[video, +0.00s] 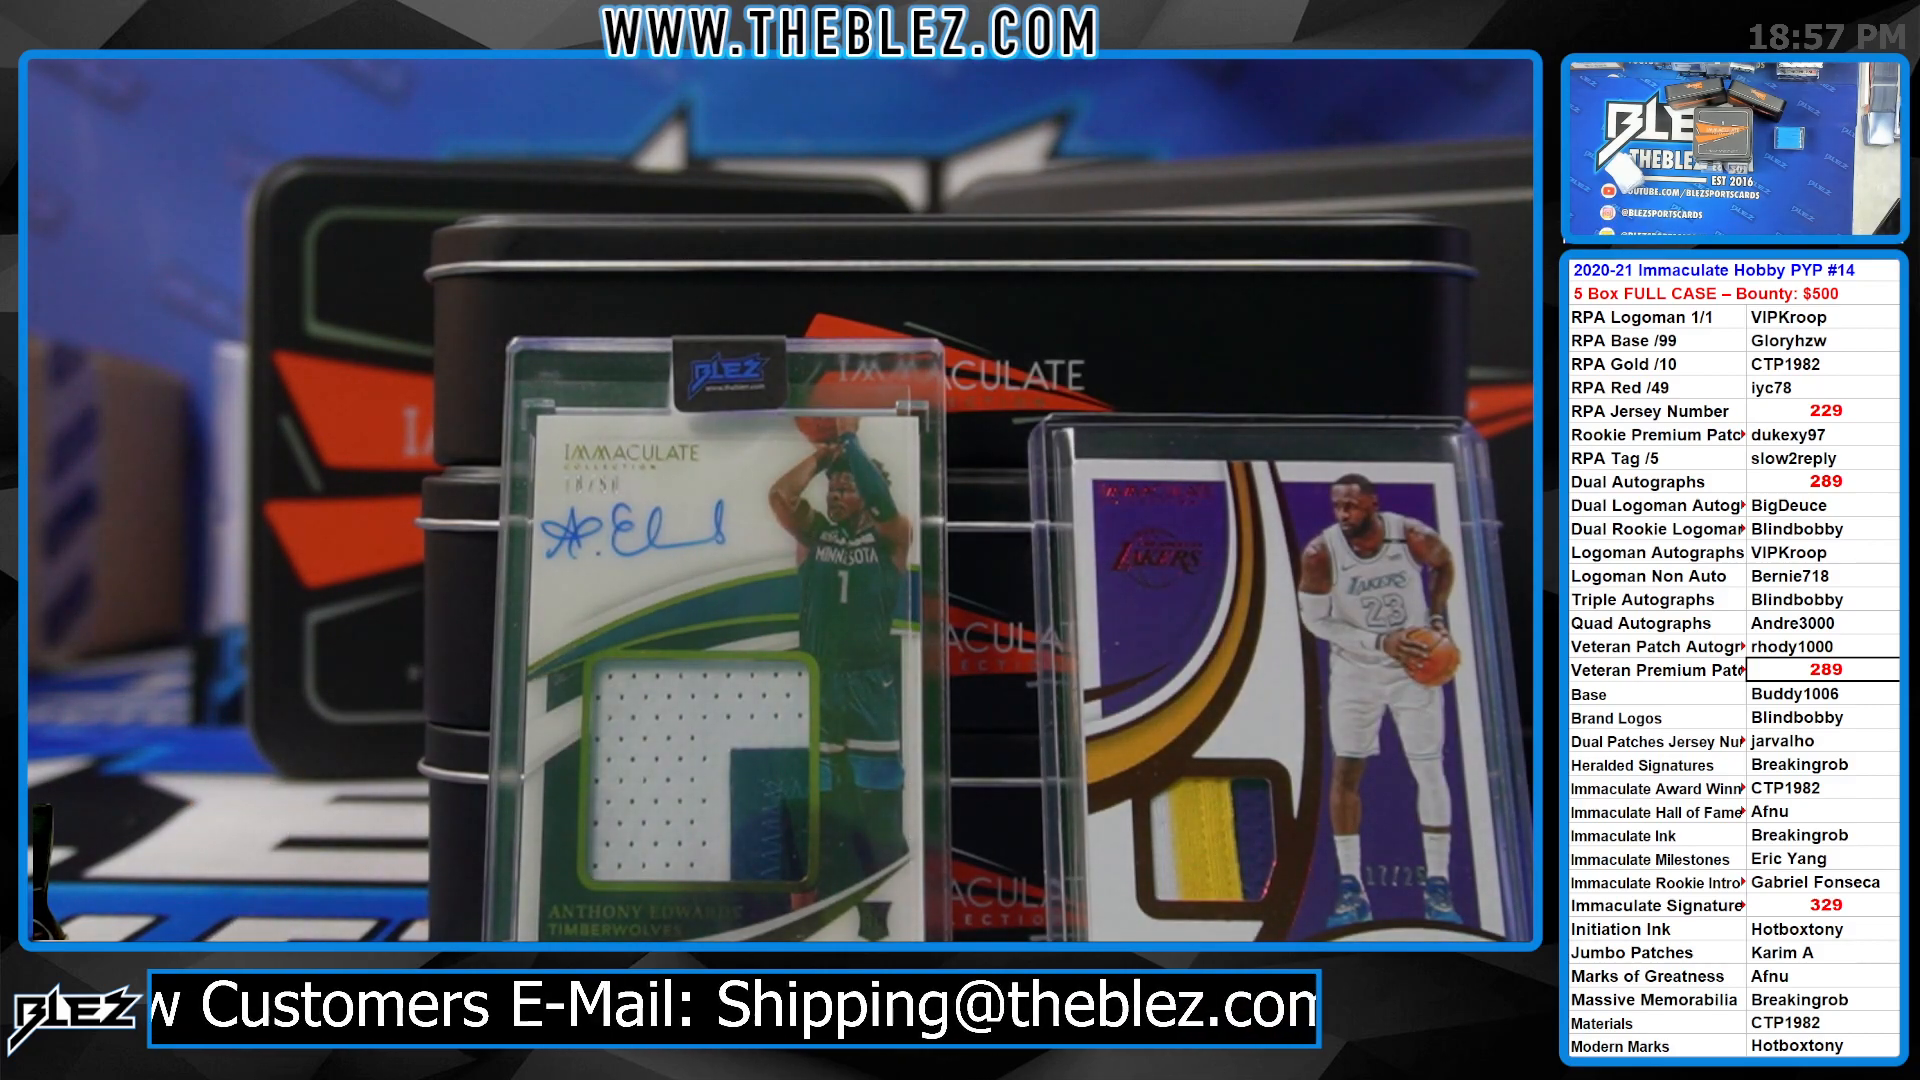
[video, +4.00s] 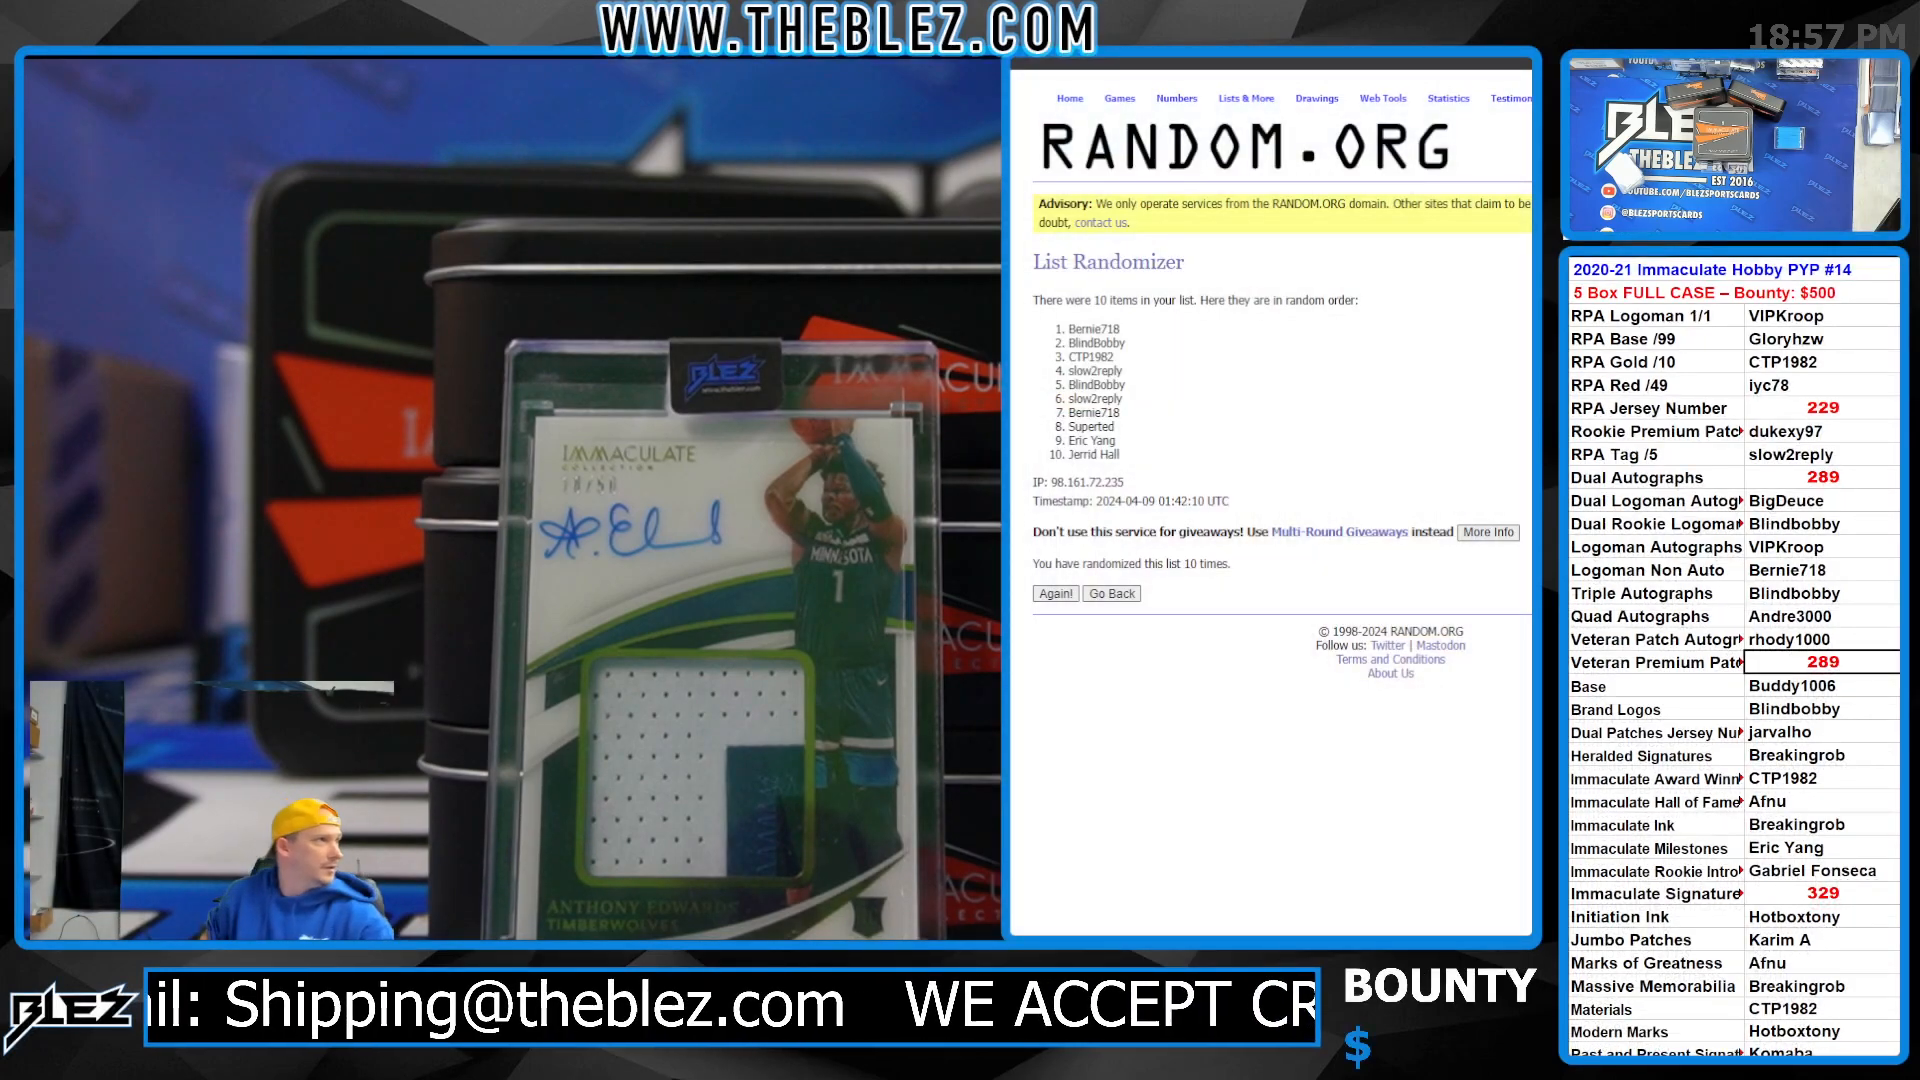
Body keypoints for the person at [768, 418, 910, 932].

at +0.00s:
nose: (840, 493)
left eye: (850, 487)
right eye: (835, 486)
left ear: (868, 493)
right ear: (827, 493)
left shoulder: (890, 539)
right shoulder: (815, 533)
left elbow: (882, 499)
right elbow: (780, 495)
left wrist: (851, 445)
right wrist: (818, 459)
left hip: (871, 678)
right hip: (818, 677)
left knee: (877, 797)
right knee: (824, 792)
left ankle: (878, 903)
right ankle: (824, 890)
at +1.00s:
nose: (841, 495)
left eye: (850, 488)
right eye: (835, 487)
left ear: (869, 494)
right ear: (827, 494)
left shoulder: (891, 539)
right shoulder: (815, 533)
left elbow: (882, 499)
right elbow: (780, 495)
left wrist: (850, 444)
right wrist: (819, 458)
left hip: (873, 679)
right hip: (818, 678)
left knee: (878, 798)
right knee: (822, 796)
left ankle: (877, 903)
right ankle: (819, 897)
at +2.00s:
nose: (840, 494)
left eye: (850, 487)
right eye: (834, 486)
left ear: (868, 494)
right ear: (826, 493)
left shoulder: (890, 539)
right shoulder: (815, 533)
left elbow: (883, 501)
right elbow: (780, 496)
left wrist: (851, 446)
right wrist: (818, 459)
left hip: (872, 679)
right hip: (818, 678)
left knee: (879, 799)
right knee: (826, 796)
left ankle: (878, 903)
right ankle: (829, 897)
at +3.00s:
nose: (841, 494)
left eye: (850, 487)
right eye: (835, 486)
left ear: (869, 494)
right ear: (827, 493)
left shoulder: (890, 539)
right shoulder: (815, 533)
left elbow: (883, 500)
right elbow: (780, 495)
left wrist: (850, 445)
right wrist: (819, 458)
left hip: (872, 678)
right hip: (817, 677)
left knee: (877, 799)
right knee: (824, 795)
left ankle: (878, 903)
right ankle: (824, 894)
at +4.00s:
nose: (835, 495)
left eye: (845, 488)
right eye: (829, 487)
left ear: (863, 495)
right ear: (821, 493)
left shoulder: (884, 539)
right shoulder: (809, 533)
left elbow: (880, 505)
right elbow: (776, 496)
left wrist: (846, 449)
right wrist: (813, 460)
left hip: (866, 675)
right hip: (813, 673)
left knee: (870, 789)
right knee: (818, 787)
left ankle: (872, 894)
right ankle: (823, 887)